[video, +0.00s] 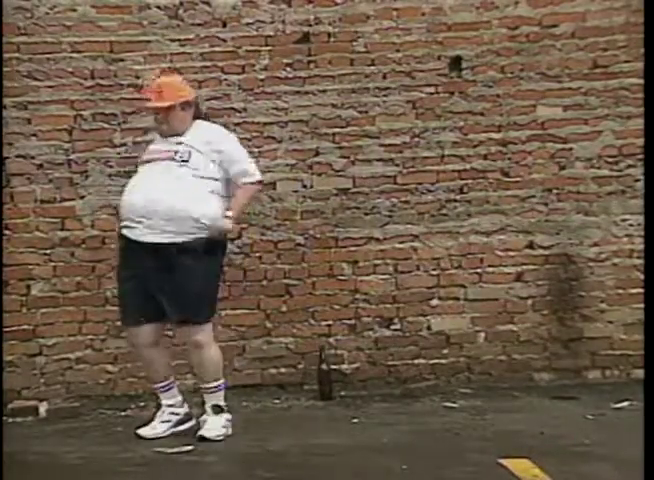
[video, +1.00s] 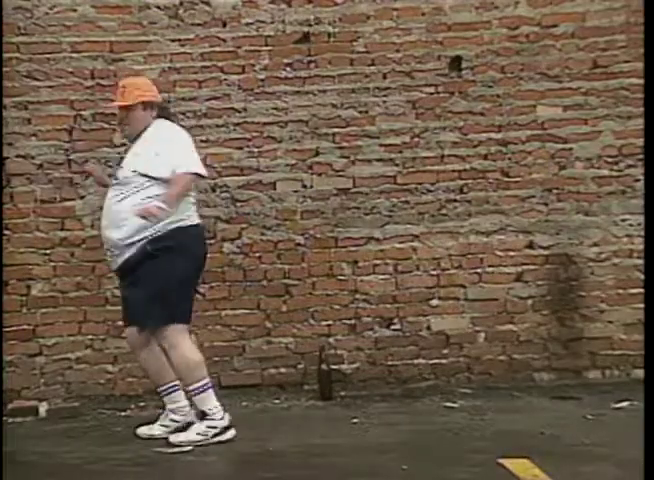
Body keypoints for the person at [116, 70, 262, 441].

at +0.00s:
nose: (156, 118)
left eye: (162, 110)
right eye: (154, 111)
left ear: (185, 107)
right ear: (157, 110)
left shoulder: (216, 137)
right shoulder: (158, 141)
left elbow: (250, 180)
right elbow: (166, 188)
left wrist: (231, 216)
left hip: (192, 248)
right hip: (140, 246)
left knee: (197, 335)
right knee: (143, 334)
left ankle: (216, 412)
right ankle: (174, 409)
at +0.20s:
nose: (164, 111)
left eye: (171, 104)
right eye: (160, 105)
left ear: (193, 105)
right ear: (156, 107)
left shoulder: (216, 140)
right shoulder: (154, 141)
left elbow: (246, 192)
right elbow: (135, 184)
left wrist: (218, 188)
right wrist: (100, 185)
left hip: (200, 252)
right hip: (146, 251)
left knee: (200, 334)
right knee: (124, 322)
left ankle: (217, 411)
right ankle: (161, 395)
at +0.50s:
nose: (139, 129)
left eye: (147, 122)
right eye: (135, 122)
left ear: (168, 121)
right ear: (131, 122)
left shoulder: (190, 147)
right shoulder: (124, 150)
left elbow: (192, 178)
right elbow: (83, 176)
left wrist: (165, 202)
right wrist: (54, 202)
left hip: (200, 260)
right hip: (142, 261)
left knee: (206, 333)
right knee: (138, 333)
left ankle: (218, 411)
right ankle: (160, 412)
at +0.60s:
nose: (134, 128)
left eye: (141, 121)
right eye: (131, 121)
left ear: (163, 119)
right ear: (128, 120)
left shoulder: (185, 142)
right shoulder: (125, 151)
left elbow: (191, 176)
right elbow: (95, 178)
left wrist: (182, 212)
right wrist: (76, 203)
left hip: (189, 259)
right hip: (136, 261)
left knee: (196, 337)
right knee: (136, 335)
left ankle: (216, 411)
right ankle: (160, 413)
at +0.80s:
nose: (124, 99)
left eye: (132, 93)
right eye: (121, 93)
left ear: (153, 88)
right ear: (121, 93)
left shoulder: (179, 117)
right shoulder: (130, 124)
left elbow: (219, 161)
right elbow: (141, 173)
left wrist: (223, 204)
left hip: (176, 223)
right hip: (135, 231)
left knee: (185, 317)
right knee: (151, 322)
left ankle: (219, 400)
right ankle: (169, 406)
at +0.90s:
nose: (123, 105)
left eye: (130, 99)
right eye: (120, 99)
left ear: (151, 97)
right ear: (120, 100)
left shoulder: (174, 123)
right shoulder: (129, 135)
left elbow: (213, 165)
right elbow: (141, 183)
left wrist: (211, 210)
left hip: (173, 231)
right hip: (136, 237)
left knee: (178, 325)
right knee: (147, 329)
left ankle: (211, 411)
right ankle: (180, 409)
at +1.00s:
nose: (120, 118)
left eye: (125, 110)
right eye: (119, 111)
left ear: (146, 108)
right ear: (134, 111)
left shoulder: (166, 133)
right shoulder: (140, 145)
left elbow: (187, 175)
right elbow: (139, 193)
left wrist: (165, 205)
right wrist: (108, 181)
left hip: (170, 243)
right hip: (141, 251)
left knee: (171, 331)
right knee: (139, 336)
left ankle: (214, 417)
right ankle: (179, 413)